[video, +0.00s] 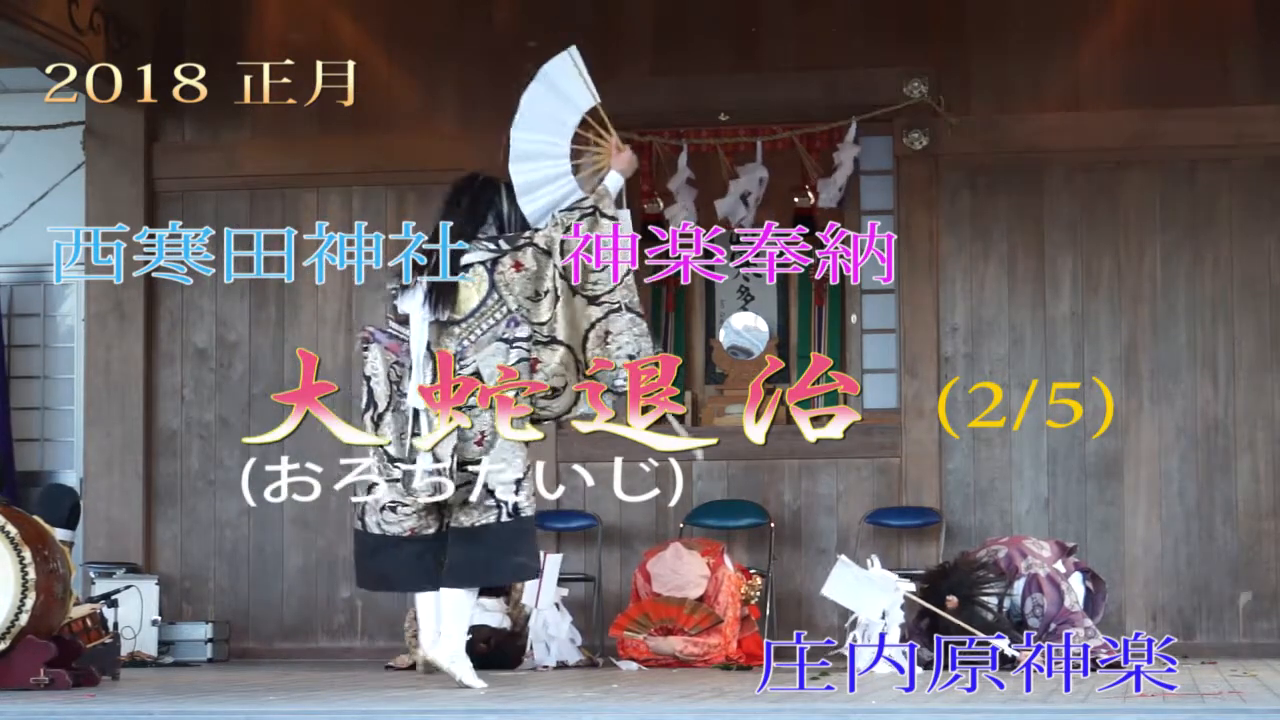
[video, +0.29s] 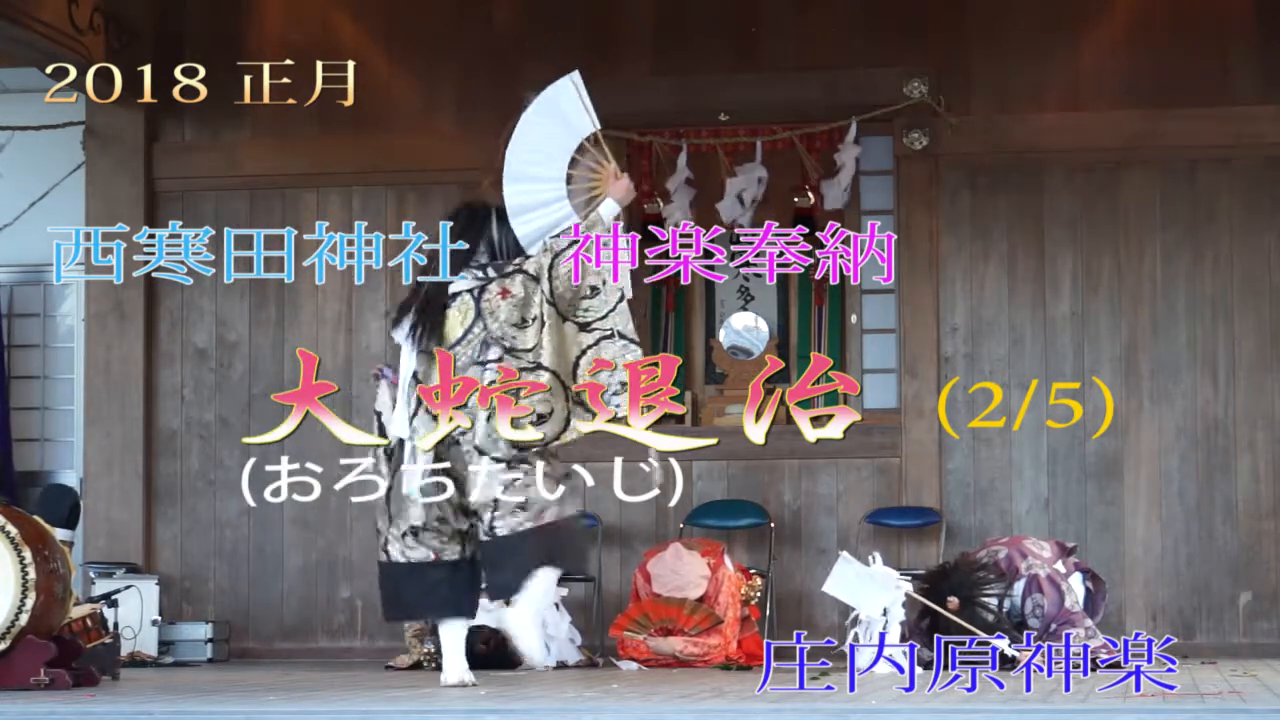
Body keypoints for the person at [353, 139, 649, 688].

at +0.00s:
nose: (513, 217)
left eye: (506, 208)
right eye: (508, 207)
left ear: (451, 216)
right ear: (503, 215)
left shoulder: (427, 272)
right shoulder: (508, 266)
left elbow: (389, 345)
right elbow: (567, 235)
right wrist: (614, 179)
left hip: (423, 409)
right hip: (482, 410)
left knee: (429, 518)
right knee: (472, 520)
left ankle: (433, 638)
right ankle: (450, 641)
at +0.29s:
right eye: (505, 230)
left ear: (447, 244)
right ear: (503, 238)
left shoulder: (423, 306)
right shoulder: (523, 284)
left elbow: (397, 391)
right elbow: (575, 257)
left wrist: (398, 440)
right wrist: (612, 204)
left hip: (431, 442)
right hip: (502, 432)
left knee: (442, 554)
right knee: (529, 528)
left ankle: (453, 662)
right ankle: (525, 614)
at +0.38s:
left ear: (455, 252)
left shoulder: (430, 311)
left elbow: (398, 402)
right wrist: (609, 212)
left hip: (430, 456)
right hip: (496, 452)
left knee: (452, 560)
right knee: (585, 507)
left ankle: (454, 661)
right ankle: (576, 592)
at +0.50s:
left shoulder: (468, 307)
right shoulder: (549, 282)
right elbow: (581, 263)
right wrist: (612, 209)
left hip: (452, 457)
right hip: (514, 454)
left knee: (465, 550)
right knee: (616, 470)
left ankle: (454, 661)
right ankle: (640, 570)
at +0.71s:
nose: (560, 257)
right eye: (554, 248)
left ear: (493, 258)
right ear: (544, 253)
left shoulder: (476, 317)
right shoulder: (566, 292)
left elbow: (462, 405)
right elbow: (610, 249)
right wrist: (636, 195)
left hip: (480, 460)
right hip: (545, 456)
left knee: (489, 555)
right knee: (643, 514)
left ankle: (456, 657)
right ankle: (685, 615)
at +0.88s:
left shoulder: (548, 326)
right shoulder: (614, 313)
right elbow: (659, 256)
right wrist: (665, 200)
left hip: (533, 459)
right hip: (596, 459)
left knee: (523, 554)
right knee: (669, 545)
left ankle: (458, 658)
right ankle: (671, 657)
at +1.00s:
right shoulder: (662, 291)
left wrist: (705, 200)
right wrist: (695, 189)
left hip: (566, 446)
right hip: (635, 449)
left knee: (546, 544)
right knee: (680, 538)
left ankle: (476, 643)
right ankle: (674, 656)